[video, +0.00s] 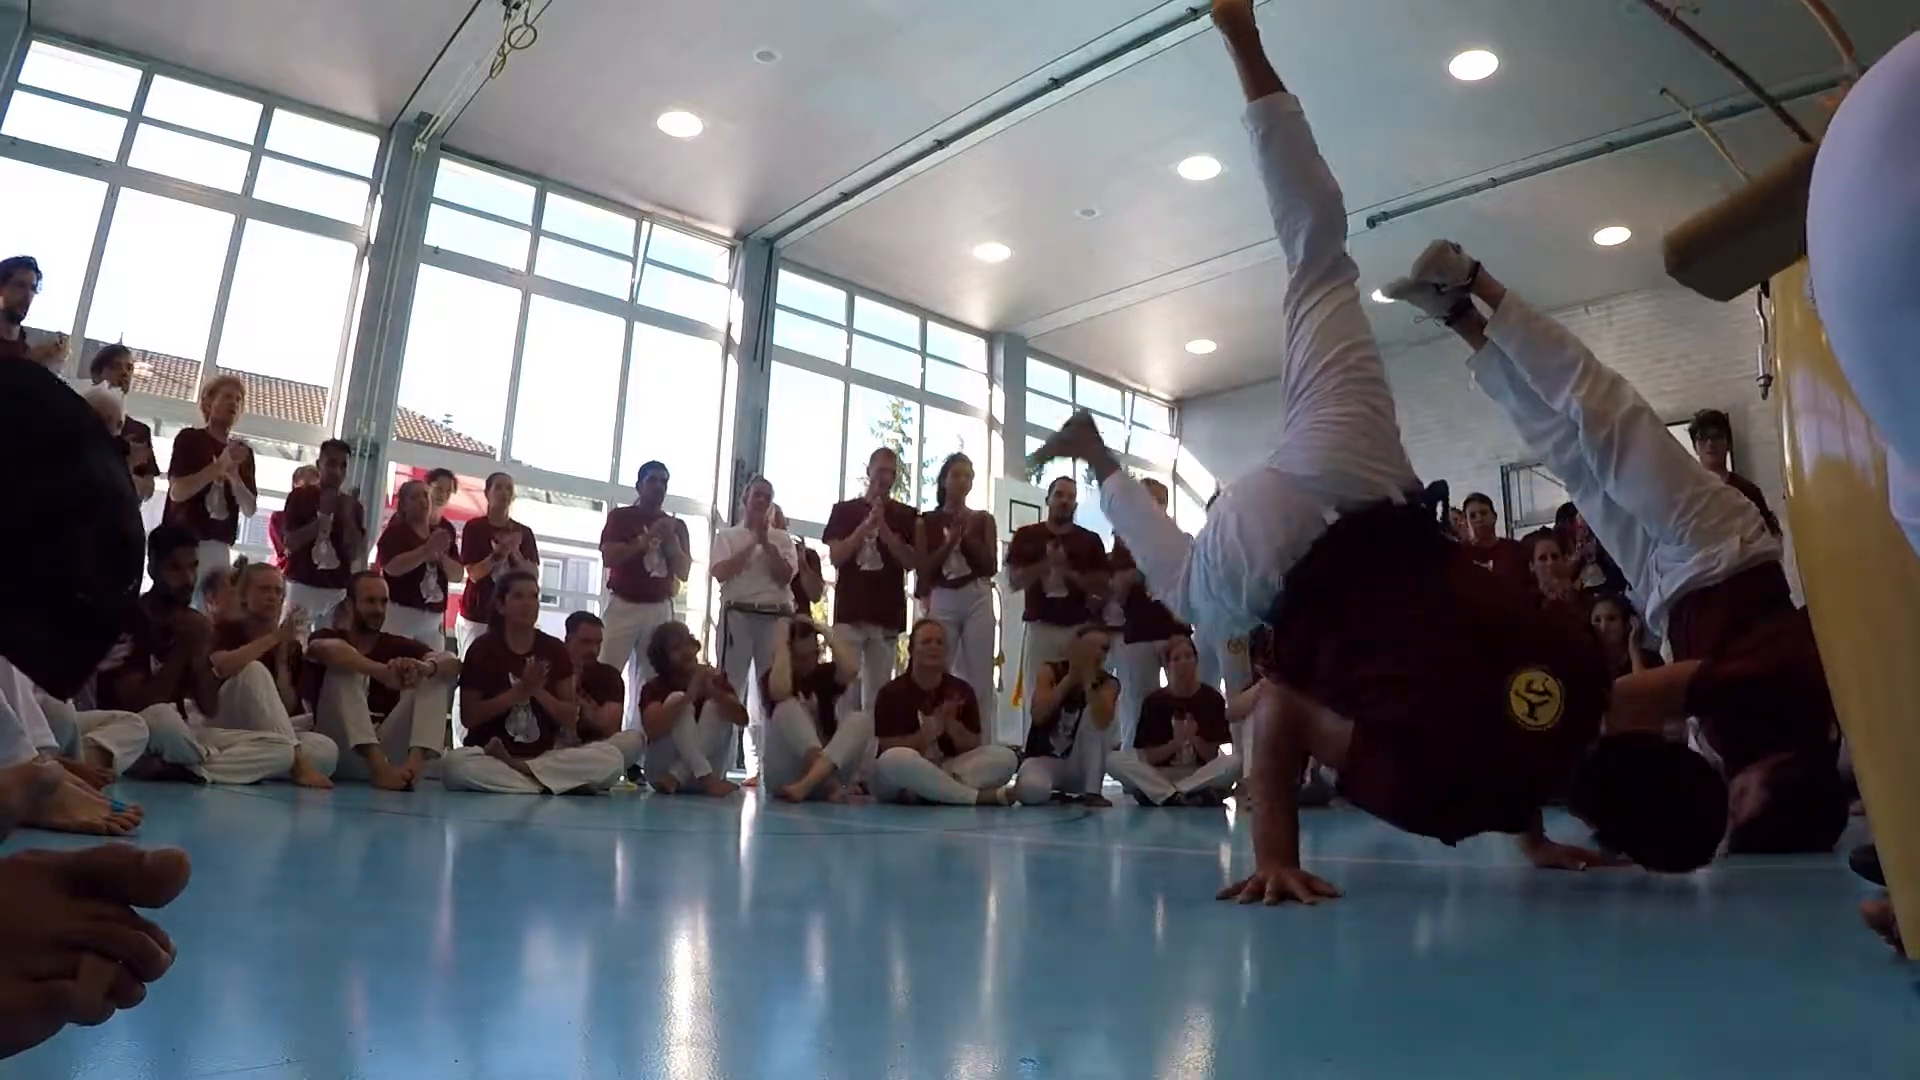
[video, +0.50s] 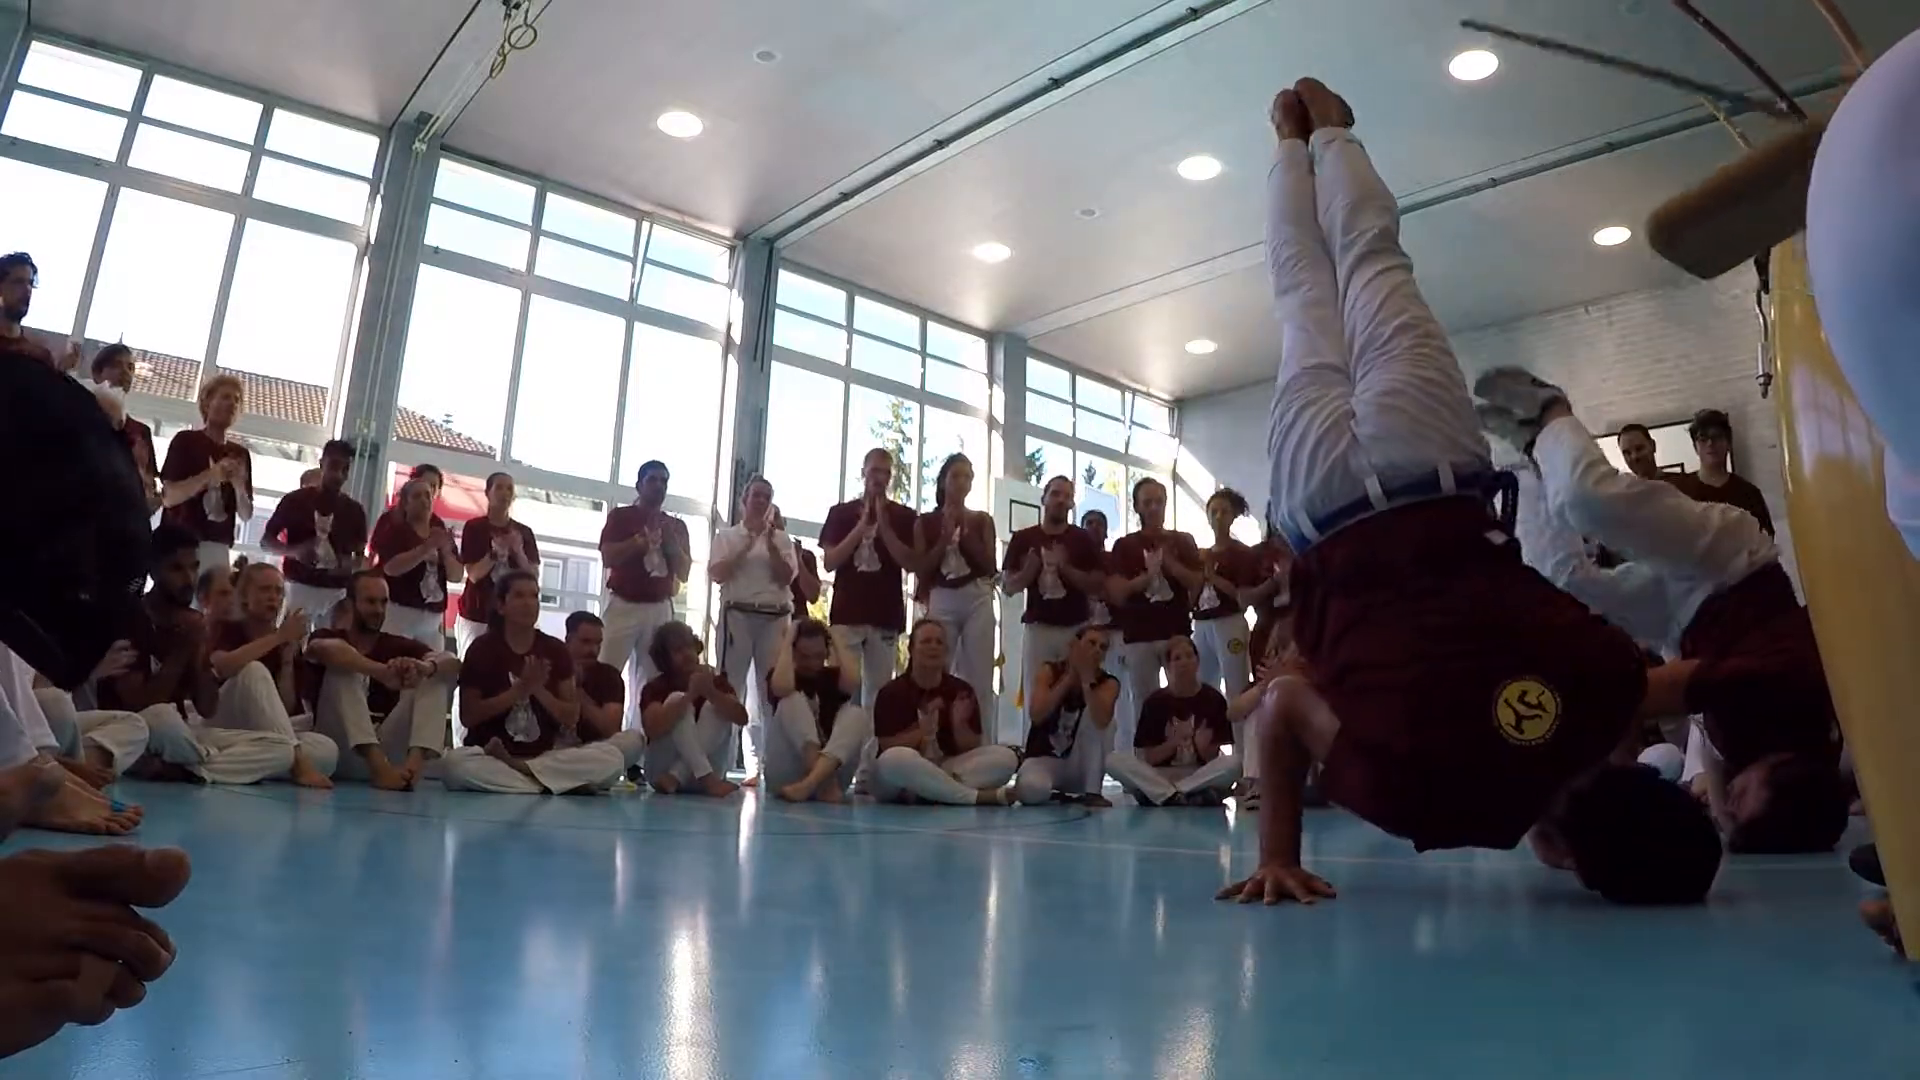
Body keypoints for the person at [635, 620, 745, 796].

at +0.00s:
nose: (687, 651)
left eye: (689, 643)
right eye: (676, 648)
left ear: (695, 646)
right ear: (663, 657)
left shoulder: (715, 679)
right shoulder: (653, 688)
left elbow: (742, 719)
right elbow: (652, 729)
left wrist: (713, 691)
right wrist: (689, 696)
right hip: (664, 772)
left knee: (716, 705)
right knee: (676, 700)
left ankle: (677, 776)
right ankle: (706, 776)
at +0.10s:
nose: (687, 651)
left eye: (689, 643)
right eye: (677, 648)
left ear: (695, 646)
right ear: (663, 656)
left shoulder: (715, 679)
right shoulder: (653, 687)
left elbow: (742, 717)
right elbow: (653, 728)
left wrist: (711, 692)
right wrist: (690, 695)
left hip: (708, 770)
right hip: (664, 772)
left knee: (719, 704)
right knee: (676, 700)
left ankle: (675, 776)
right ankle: (706, 776)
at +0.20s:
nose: (685, 652)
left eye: (687, 645)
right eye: (676, 648)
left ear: (694, 647)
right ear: (663, 656)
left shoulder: (713, 678)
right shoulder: (653, 688)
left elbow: (742, 719)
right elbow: (652, 730)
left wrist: (715, 690)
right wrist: (682, 694)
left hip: (709, 770)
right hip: (664, 772)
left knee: (718, 705)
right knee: (677, 702)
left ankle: (676, 775)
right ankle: (707, 776)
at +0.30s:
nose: (686, 653)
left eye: (688, 646)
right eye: (677, 650)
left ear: (695, 647)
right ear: (663, 657)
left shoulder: (716, 681)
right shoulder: (653, 688)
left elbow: (741, 716)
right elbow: (653, 729)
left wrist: (710, 692)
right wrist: (690, 696)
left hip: (709, 770)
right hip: (664, 771)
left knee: (719, 704)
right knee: (676, 701)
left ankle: (676, 775)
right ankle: (707, 776)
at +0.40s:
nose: (687, 653)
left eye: (689, 646)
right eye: (677, 650)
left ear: (697, 648)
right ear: (663, 657)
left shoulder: (715, 681)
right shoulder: (653, 688)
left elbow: (742, 716)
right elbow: (653, 729)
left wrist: (710, 692)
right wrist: (691, 695)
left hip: (709, 770)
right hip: (664, 771)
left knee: (719, 704)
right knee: (676, 701)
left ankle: (676, 775)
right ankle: (707, 776)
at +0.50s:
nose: (688, 654)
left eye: (690, 647)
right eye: (679, 651)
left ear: (698, 648)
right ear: (665, 658)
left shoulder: (716, 681)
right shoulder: (654, 688)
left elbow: (742, 718)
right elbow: (653, 729)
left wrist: (710, 692)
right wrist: (689, 696)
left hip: (709, 770)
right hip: (664, 772)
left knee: (719, 705)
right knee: (676, 701)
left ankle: (676, 775)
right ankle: (707, 776)